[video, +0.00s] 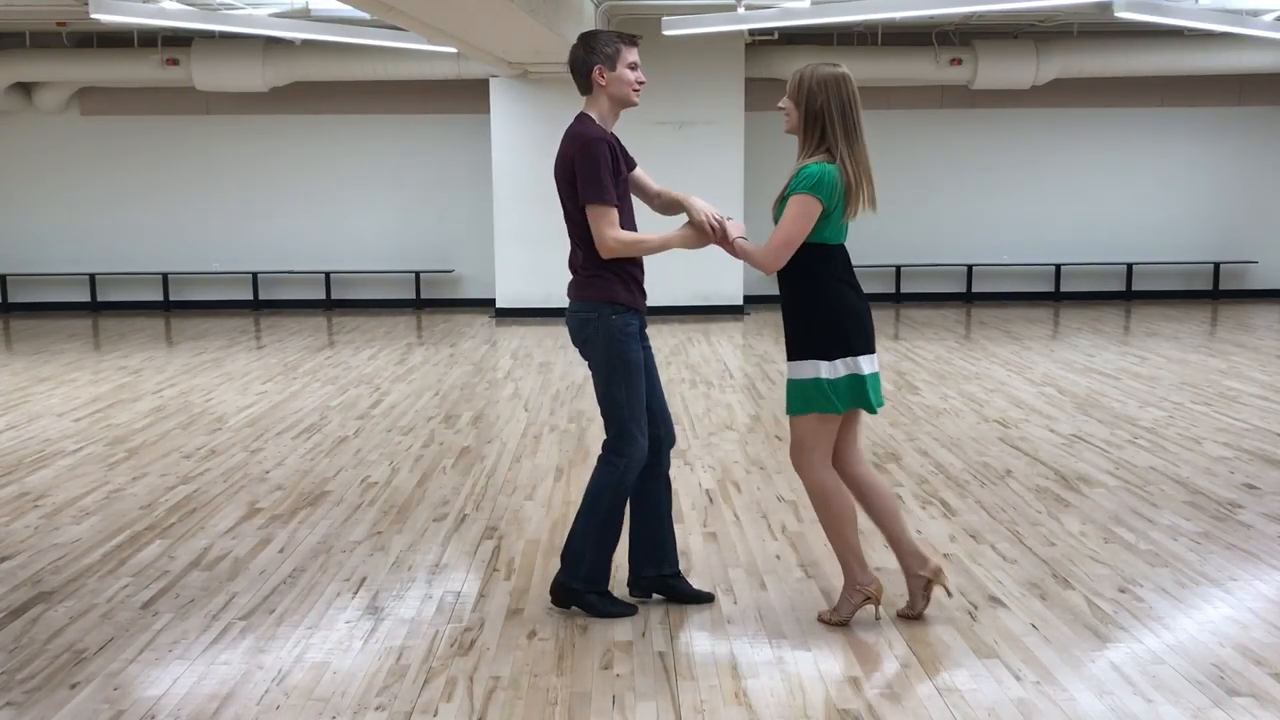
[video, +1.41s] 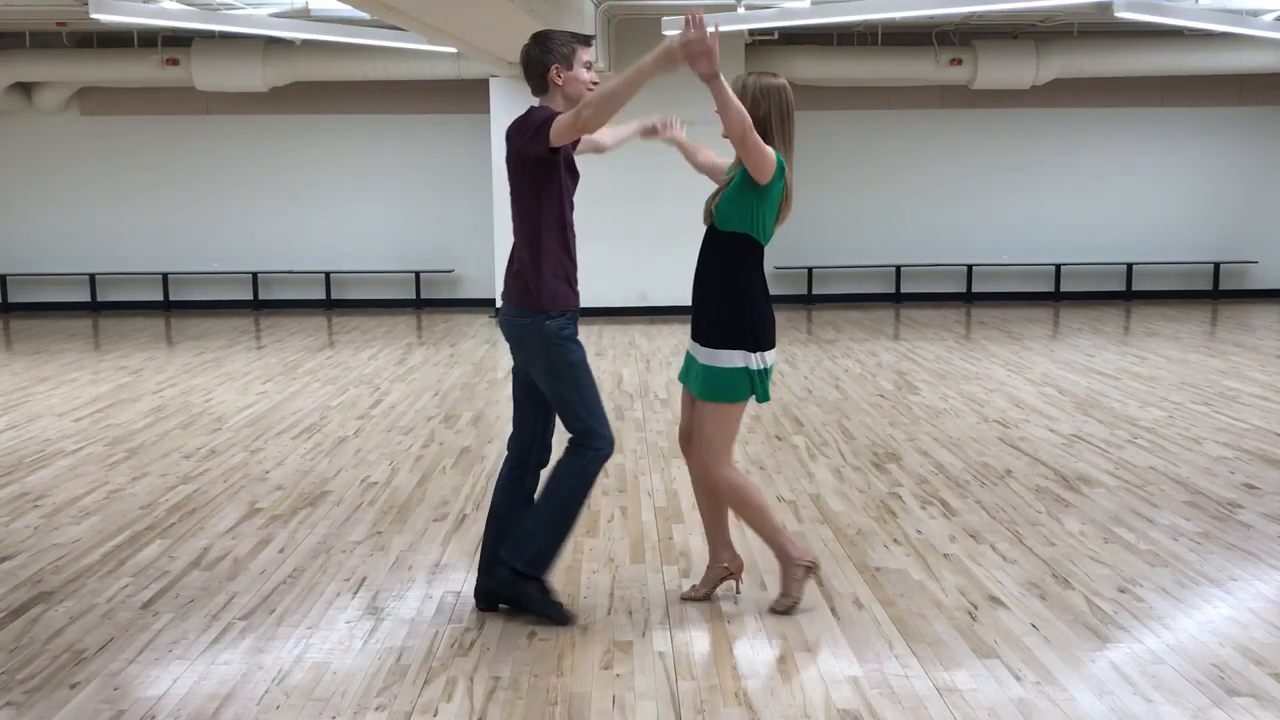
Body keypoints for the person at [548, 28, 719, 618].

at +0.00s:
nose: (642, 77)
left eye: (640, 67)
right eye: (632, 67)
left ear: (608, 78)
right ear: (599, 75)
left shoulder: (607, 141)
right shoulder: (589, 140)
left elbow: (657, 199)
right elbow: (608, 243)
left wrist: (692, 203)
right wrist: (680, 238)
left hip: (622, 312)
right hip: (602, 313)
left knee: (656, 439)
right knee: (628, 445)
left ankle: (653, 572)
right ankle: (576, 581)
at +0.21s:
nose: (629, 78)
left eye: (628, 68)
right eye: (620, 68)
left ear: (596, 77)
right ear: (587, 74)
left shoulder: (590, 139)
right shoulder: (571, 136)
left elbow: (630, 199)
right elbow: (581, 227)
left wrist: (666, 186)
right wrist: (654, 207)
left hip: (602, 312)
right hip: (585, 314)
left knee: (636, 432)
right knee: (616, 441)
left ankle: (598, 567)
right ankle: (576, 584)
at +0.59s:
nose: (590, 84)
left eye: (589, 75)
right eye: (581, 75)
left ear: (554, 83)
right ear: (549, 81)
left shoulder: (555, 137)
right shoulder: (528, 139)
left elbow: (593, 161)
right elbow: (585, 176)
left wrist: (630, 148)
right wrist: (632, 153)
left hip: (542, 315)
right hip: (537, 317)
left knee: (544, 446)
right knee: (581, 446)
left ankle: (500, 579)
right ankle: (533, 582)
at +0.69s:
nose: (580, 87)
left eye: (579, 77)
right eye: (571, 77)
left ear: (541, 85)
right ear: (538, 83)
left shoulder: (536, 137)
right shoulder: (522, 139)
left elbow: (590, 150)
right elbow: (589, 151)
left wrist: (629, 126)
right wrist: (627, 121)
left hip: (538, 319)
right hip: (528, 321)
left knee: (544, 451)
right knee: (552, 453)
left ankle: (510, 573)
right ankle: (470, 568)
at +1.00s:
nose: (568, 79)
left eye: (567, 69)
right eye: (560, 70)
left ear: (530, 78)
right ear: (529, 75)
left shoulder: (527, 129)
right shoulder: (503, 124)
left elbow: (586, 96)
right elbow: (586, 82)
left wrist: (634, 30)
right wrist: (631, 22)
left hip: (520, 317)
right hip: (493, 316)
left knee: (524, 448)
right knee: (469, 444)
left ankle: (500, 578)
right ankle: (404, 567)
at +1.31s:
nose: (586, 79)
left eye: (585, 69)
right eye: (578, 70)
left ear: (549, 78)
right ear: (548, 77)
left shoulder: (541, 134)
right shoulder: (520, 128)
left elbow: (597, 116)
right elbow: (586, 93)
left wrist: (645, 75)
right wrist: (657, 21)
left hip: (532, 314)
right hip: (526, 316)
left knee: (527, 447)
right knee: (566, 449)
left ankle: (499, 580)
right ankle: (466, 549)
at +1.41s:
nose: (597, 79)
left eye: (596, 70)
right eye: (590, 69)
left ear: (559, 77)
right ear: (559, 74)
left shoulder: (556, 134)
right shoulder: (532, 127)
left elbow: (600, 142)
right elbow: (584, 121)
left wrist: (646, 126)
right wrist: (664, 57)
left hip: (533, 313)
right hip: (542, 316)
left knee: (528, 447)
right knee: (593, 441)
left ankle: (496, 579)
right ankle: (523, 572)